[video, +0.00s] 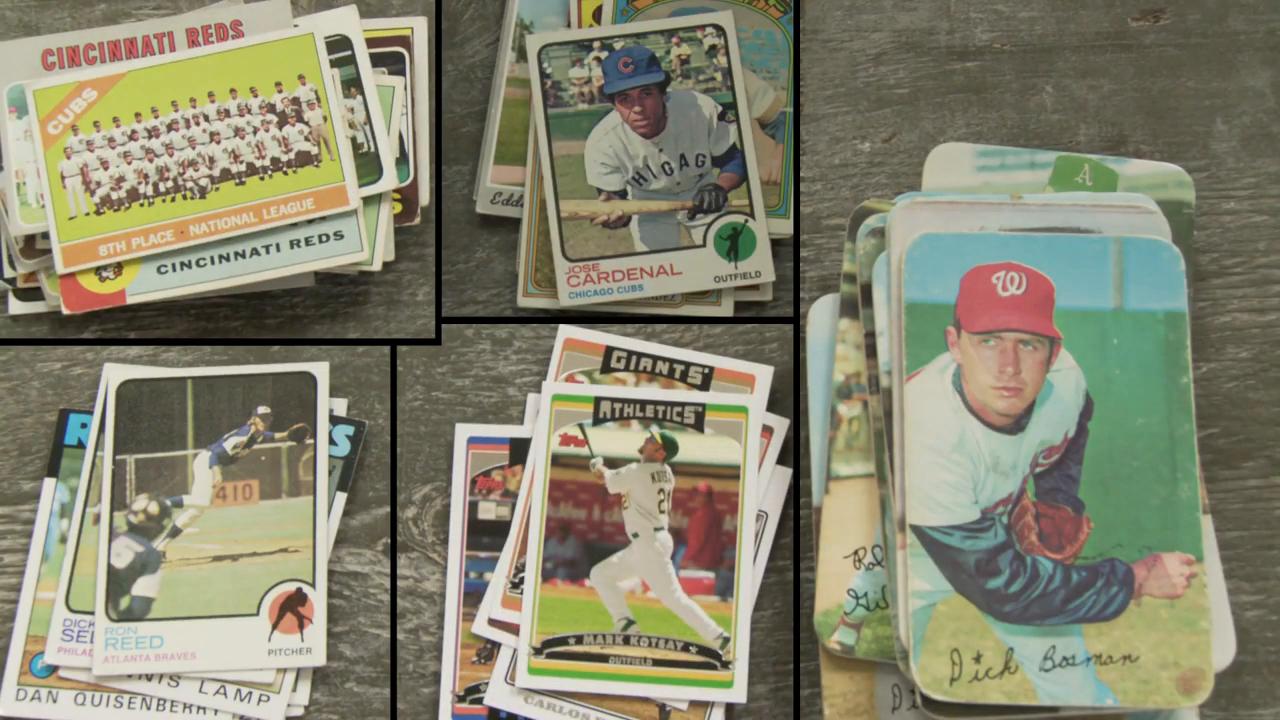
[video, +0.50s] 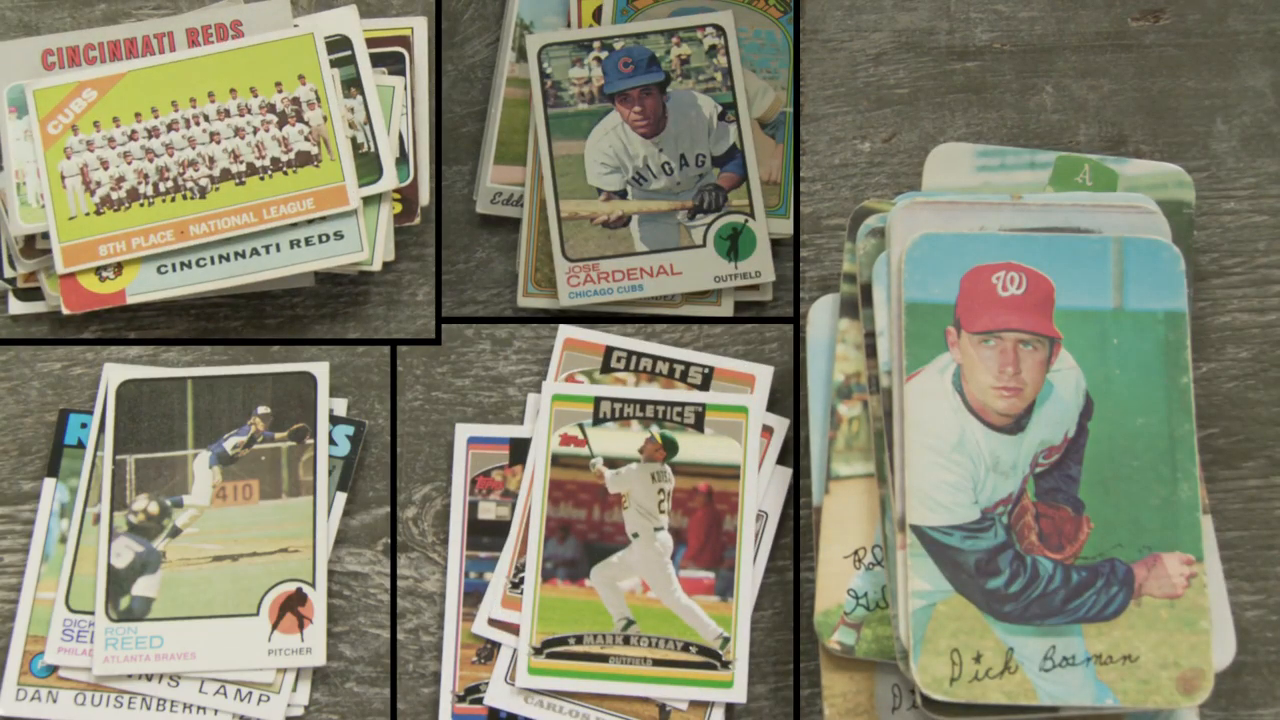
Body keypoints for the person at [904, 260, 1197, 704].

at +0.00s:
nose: (1009, 367)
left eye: (1029, 345)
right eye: (989, 342)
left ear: (1050, 350)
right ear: (955, 343)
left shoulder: (1063, 377)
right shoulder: (926, 438)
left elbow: (1066, 443)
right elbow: (1006, 587)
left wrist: (1056, 508)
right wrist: (1133, 579)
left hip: (1009, 537)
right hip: (917, 550)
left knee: (1078, 695)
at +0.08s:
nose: (1009, 367)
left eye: (1029, 345)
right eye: (989, 342)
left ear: (1050, 350)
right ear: (955, 343)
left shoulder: (1063, 377)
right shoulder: (926, 438)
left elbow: (1066, 443)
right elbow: (1006, 587)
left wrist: (1056, 508)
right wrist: (1133, 579)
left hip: (1009, 537)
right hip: (917, 550)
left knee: (1078, 695)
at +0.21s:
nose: (1009, 367)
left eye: (1029, 345)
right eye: (989, 342)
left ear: (1050, 350)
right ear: (955, 343)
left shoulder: (1063, 377)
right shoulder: (926, 438)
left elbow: (1066, 443)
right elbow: (1006, 587)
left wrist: (1056, 508)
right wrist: (1133, 579)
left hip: (1009, 537)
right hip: (917, 550)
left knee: (1078, 695)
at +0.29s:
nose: (1009, 367)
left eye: (1029, 345)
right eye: (989, 342)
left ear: (1050, 350)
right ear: (955, 343)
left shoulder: (1063, 377)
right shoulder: (926, 438)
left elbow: (1066, 443)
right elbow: (1006, 587)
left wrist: (1056, 508)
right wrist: (1133, 579)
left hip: (1009, 537)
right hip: (917, 550)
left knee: (1078, 695)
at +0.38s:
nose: (1009, 367)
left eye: (1029, 345)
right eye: (989, 342)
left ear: (1050, 350)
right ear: (955, 343)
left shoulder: (1063, 377)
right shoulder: (926, 438)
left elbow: (1066, 443)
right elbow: (1006, 587)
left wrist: (1056, 508)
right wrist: (1133, 579)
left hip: (1009, 537)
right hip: (917, 550)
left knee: (1078, 695)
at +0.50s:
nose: (1009, 367)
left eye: (1029, 345)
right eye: (989, 342)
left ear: (1050, 350)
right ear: (955, 343)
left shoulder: (1063, 377)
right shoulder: (926, 438)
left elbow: (1066, 443)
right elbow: (1006, 587)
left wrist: (1056, 508)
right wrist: (1133, 579)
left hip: (1009, 537)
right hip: (917, 550)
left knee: (1078, 695)